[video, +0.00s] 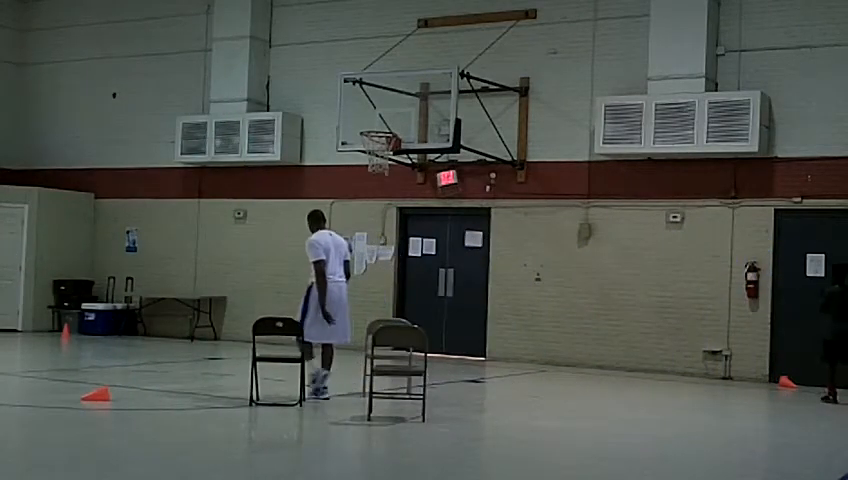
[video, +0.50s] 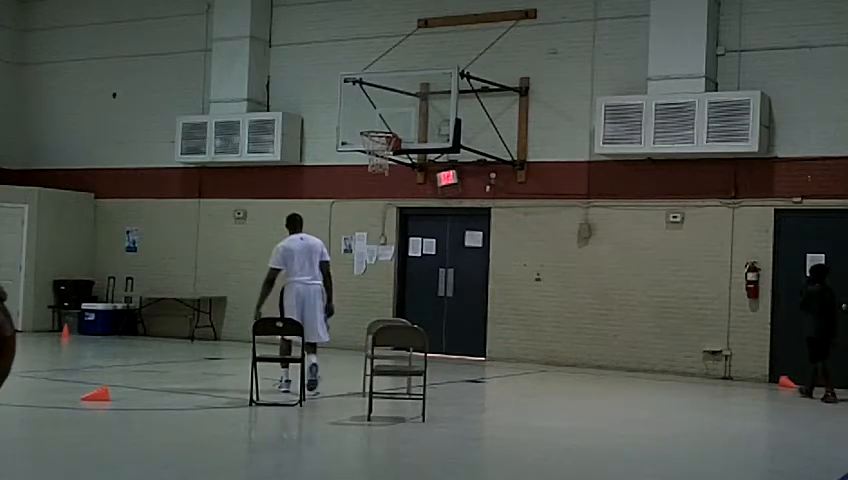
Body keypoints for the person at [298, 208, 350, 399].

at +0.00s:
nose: (310, 227)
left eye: (309, 225)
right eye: (311, 224)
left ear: (310, 224)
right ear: (325, 221)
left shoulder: (314, 240)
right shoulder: (340, 240)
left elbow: (320, 273)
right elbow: (347, 273)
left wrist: (323, 305)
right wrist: (337, 288)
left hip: (321, 288)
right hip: (339, 287)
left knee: (304, 333)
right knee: (328, 338)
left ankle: (314, 371)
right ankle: (322, 385)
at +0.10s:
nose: (308, 226)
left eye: (308, 223)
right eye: (310, 222)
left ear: (307, 223)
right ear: (323, 222)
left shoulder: (309, 241)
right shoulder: (337, 241)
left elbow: (314, 273)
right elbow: (342, 272)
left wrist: (314, 302)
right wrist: (335, 290)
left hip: (315, 287)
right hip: (335, 287)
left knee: (298, 330)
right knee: (327, 337)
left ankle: (298, 377)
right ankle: (323, 385)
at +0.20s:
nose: (304, 229)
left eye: (303, 226)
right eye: (308, 225)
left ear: (302, 226)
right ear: (318, 224)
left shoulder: (303, 244)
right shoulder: (333, 243)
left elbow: (301, 275)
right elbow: (337, 273)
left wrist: (297, 301)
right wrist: (332, 291)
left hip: (311, 289)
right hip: (331, 289)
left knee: (294, 332)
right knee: (327, 339)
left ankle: (285, 376)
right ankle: (323, 384)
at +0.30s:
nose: (299, 231)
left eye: (298, 228)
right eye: (302, 227)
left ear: (297, 228)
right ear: (312, 226)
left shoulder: (296, 246)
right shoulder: (328, 245)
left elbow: (290, 279)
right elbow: (332, 274)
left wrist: (283, 308)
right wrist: (327, 292)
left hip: (305, 290)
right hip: (326, 290)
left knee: (293, 335)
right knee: (323, 339)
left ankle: (284, 376)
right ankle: (322, 382)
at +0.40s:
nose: (292, 231)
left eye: (291, 228)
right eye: (295, 227)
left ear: (291, 229)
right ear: (306, 227)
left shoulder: (289, 248)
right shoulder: (321, 245)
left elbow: (279, 279)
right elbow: (328, 273)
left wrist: (269, 307)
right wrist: (326, 296)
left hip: (298, 290)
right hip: (319, 290)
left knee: (290, 335)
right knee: (315, 336)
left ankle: (285, 378)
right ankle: (321, 368)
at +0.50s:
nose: (288, 230)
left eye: (287, 227)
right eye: (291, 227)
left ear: (287, 227)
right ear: (302, 226)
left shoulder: (283, 246)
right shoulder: (318, 243)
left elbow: (270, 278)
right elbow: (326, 272)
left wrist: (259, 306)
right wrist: (329, 301)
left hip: (292, 290)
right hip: (315, 290)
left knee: (286, 334)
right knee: (310, 335)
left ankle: (285, 379)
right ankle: (313, 363)